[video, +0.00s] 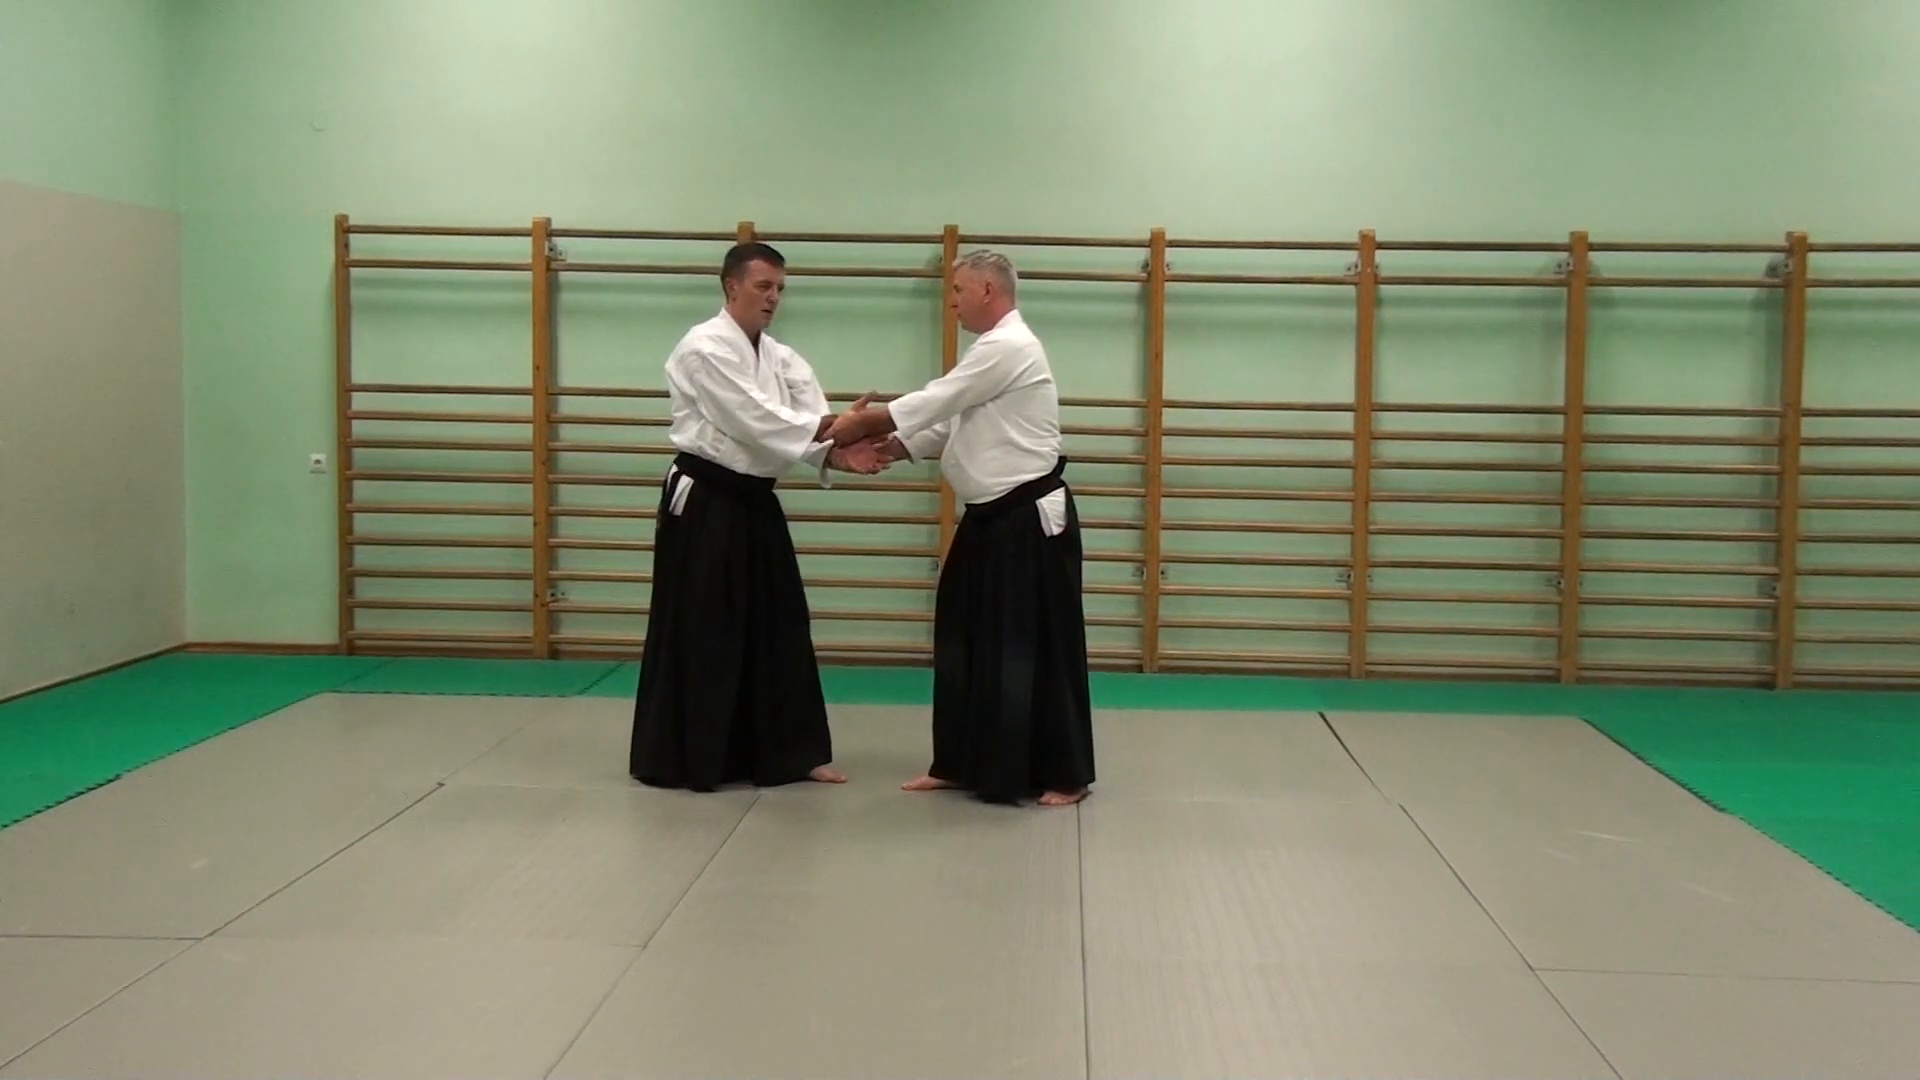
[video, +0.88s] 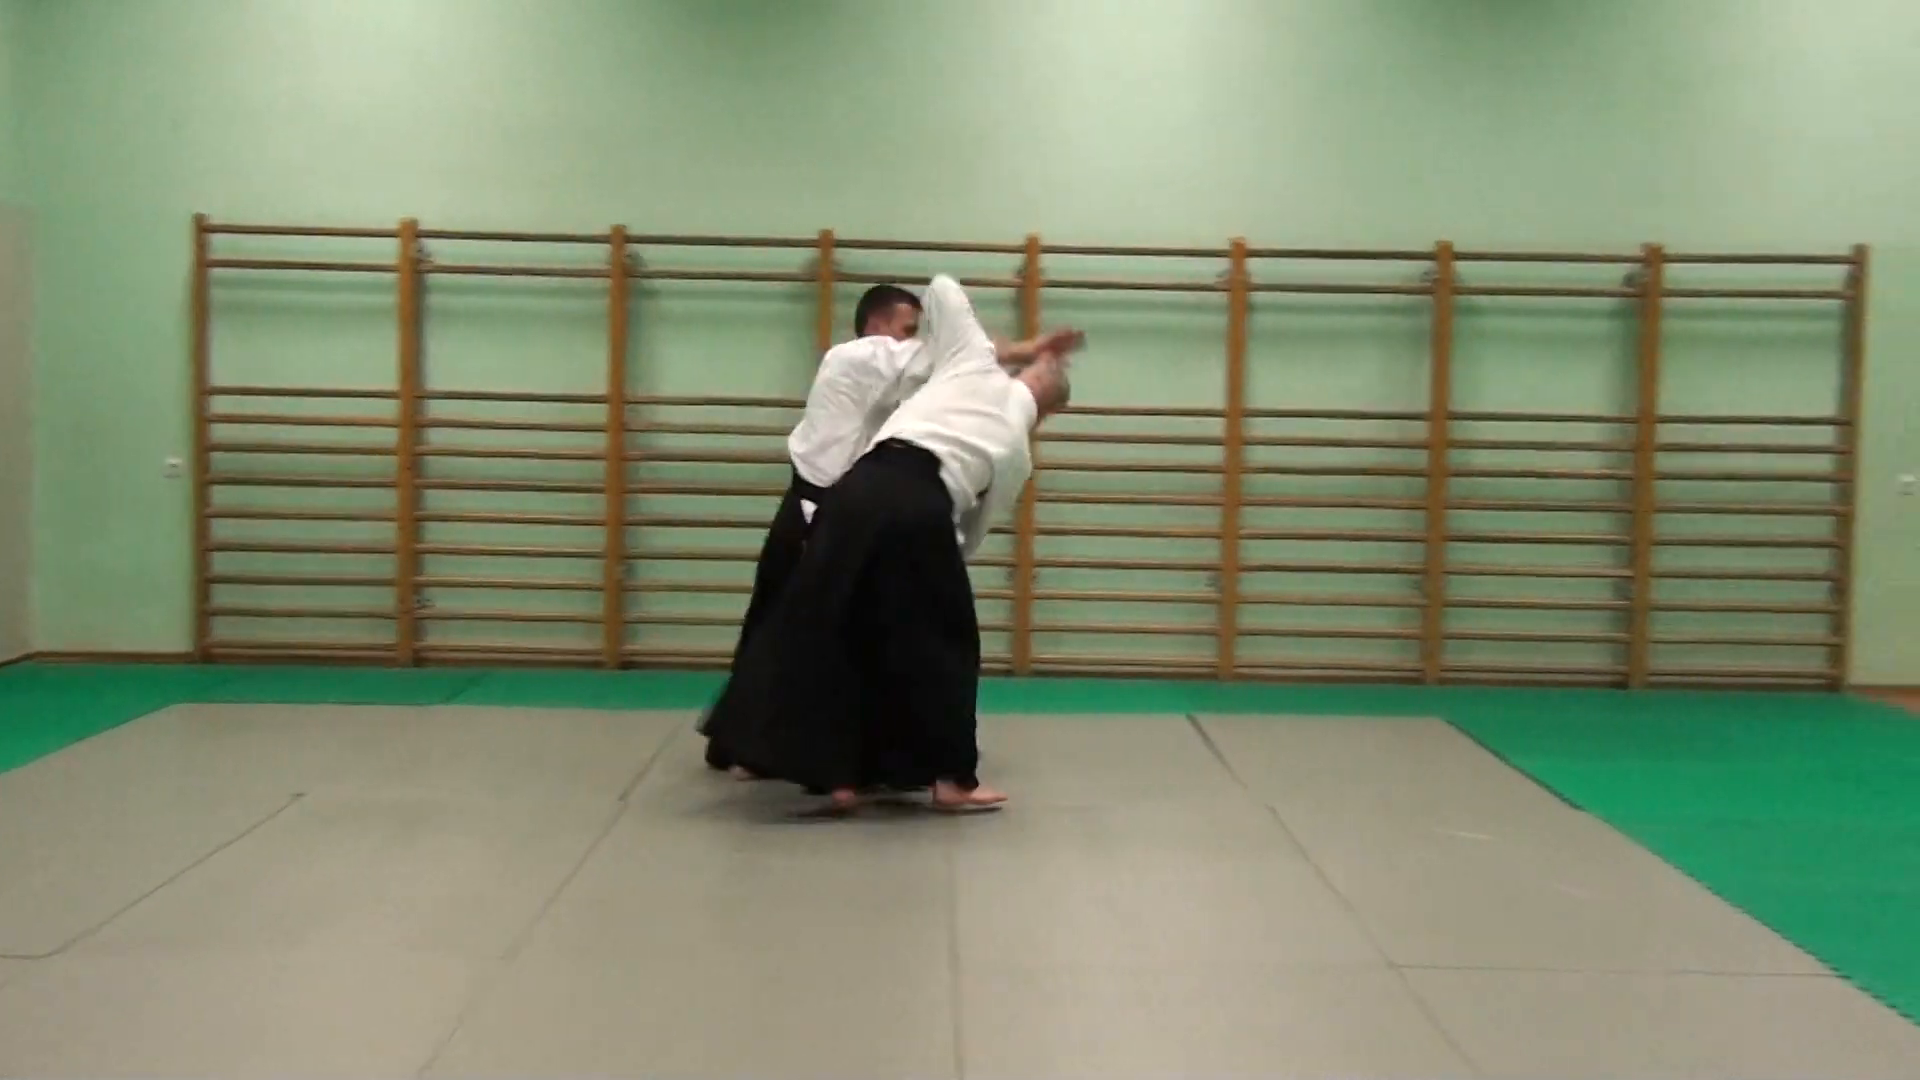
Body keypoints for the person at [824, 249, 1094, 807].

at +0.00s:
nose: (953, 303)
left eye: (958, 291)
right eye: (952, 293)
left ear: (990, 290)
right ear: (989, 291)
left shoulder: (1010, 346)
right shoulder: (990, 351)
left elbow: (938, 400)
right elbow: (950, 432)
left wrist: (864, 417)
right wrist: (889, 446)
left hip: (1031, 514)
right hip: (985, 516)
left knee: (1043, 644)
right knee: (960, 637)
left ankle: (1065, 775)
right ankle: (958, 764)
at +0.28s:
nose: (950, 301)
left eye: (956, 289)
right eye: (950, 292)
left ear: (987, 289)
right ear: (984, 291)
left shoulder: (1001, 330)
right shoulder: (972, 356)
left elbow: (938, 343)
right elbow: (934, 427)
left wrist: (869, 364)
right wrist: (870, 468)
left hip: (1028, 518)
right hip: (982, 521)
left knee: (1042, 645)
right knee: (956, 635)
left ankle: (1061, 774)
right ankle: (960, 762)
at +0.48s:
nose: (964, 311)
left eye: (974, 301)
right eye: (967, 302)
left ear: (995, 308)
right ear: (977, 310)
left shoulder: (996, 341)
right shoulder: (969, 369)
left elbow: (942, 268)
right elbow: (953, 469)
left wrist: (910, 299)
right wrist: (904, 526)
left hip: (1004, 513)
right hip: (982, 517)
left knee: (969, 641)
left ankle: (1011, 770)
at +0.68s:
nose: (997, 310)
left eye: (1005, 306)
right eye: (1008, 307)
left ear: (1005, 317)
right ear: (1024, 334)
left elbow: (942, 253)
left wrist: (923, 253)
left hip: (952, 488)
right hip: (999, 497)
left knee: (925, 626)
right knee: (965, 626)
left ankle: (954, 770)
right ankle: (960, 762)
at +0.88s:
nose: (1042, 373)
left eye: (1046, 371)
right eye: (1047, 370)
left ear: (1030, 372)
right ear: (1049, 408)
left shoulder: (971, 358)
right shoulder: (1018, 447)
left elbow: (944, 287)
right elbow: (975, 529)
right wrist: (939, 575)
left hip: (859, 487)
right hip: (922, 510)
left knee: (835, 634)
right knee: (950, 642)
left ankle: (841, 776)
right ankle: (952, 779)